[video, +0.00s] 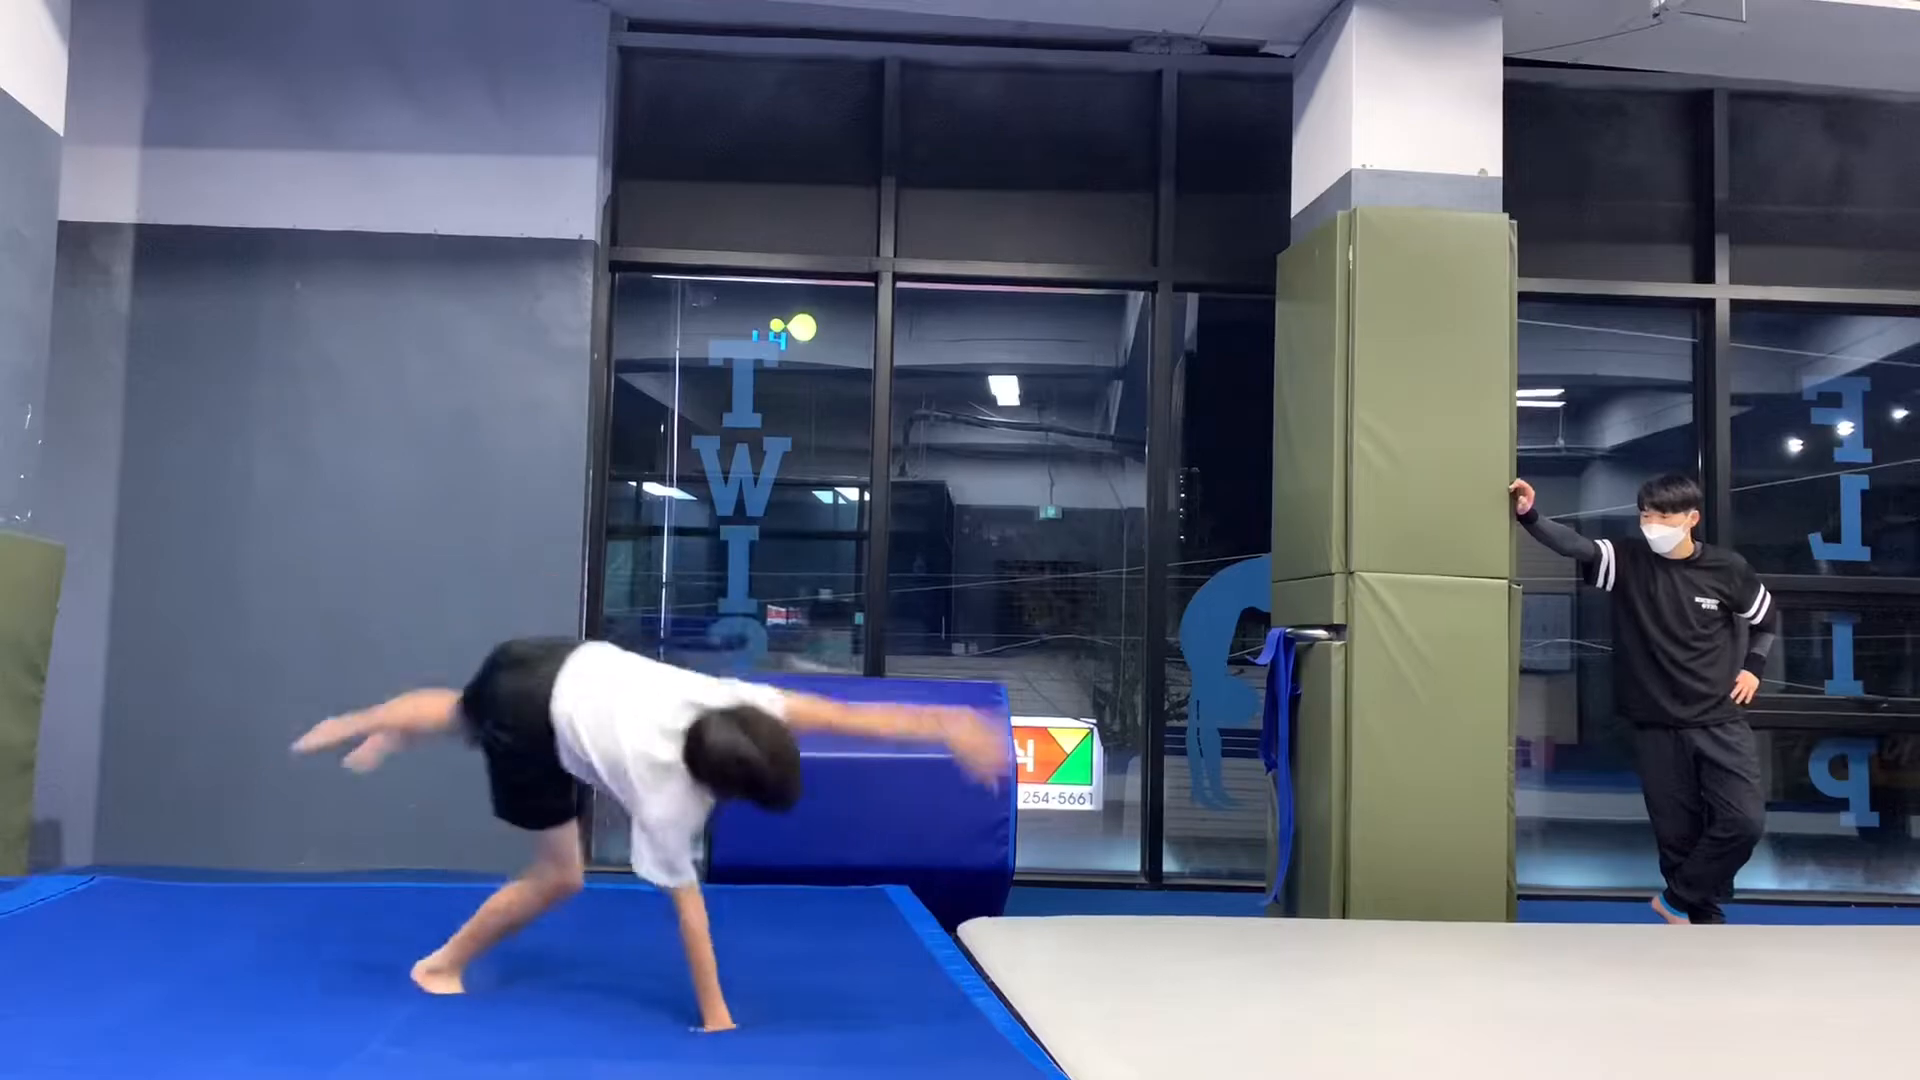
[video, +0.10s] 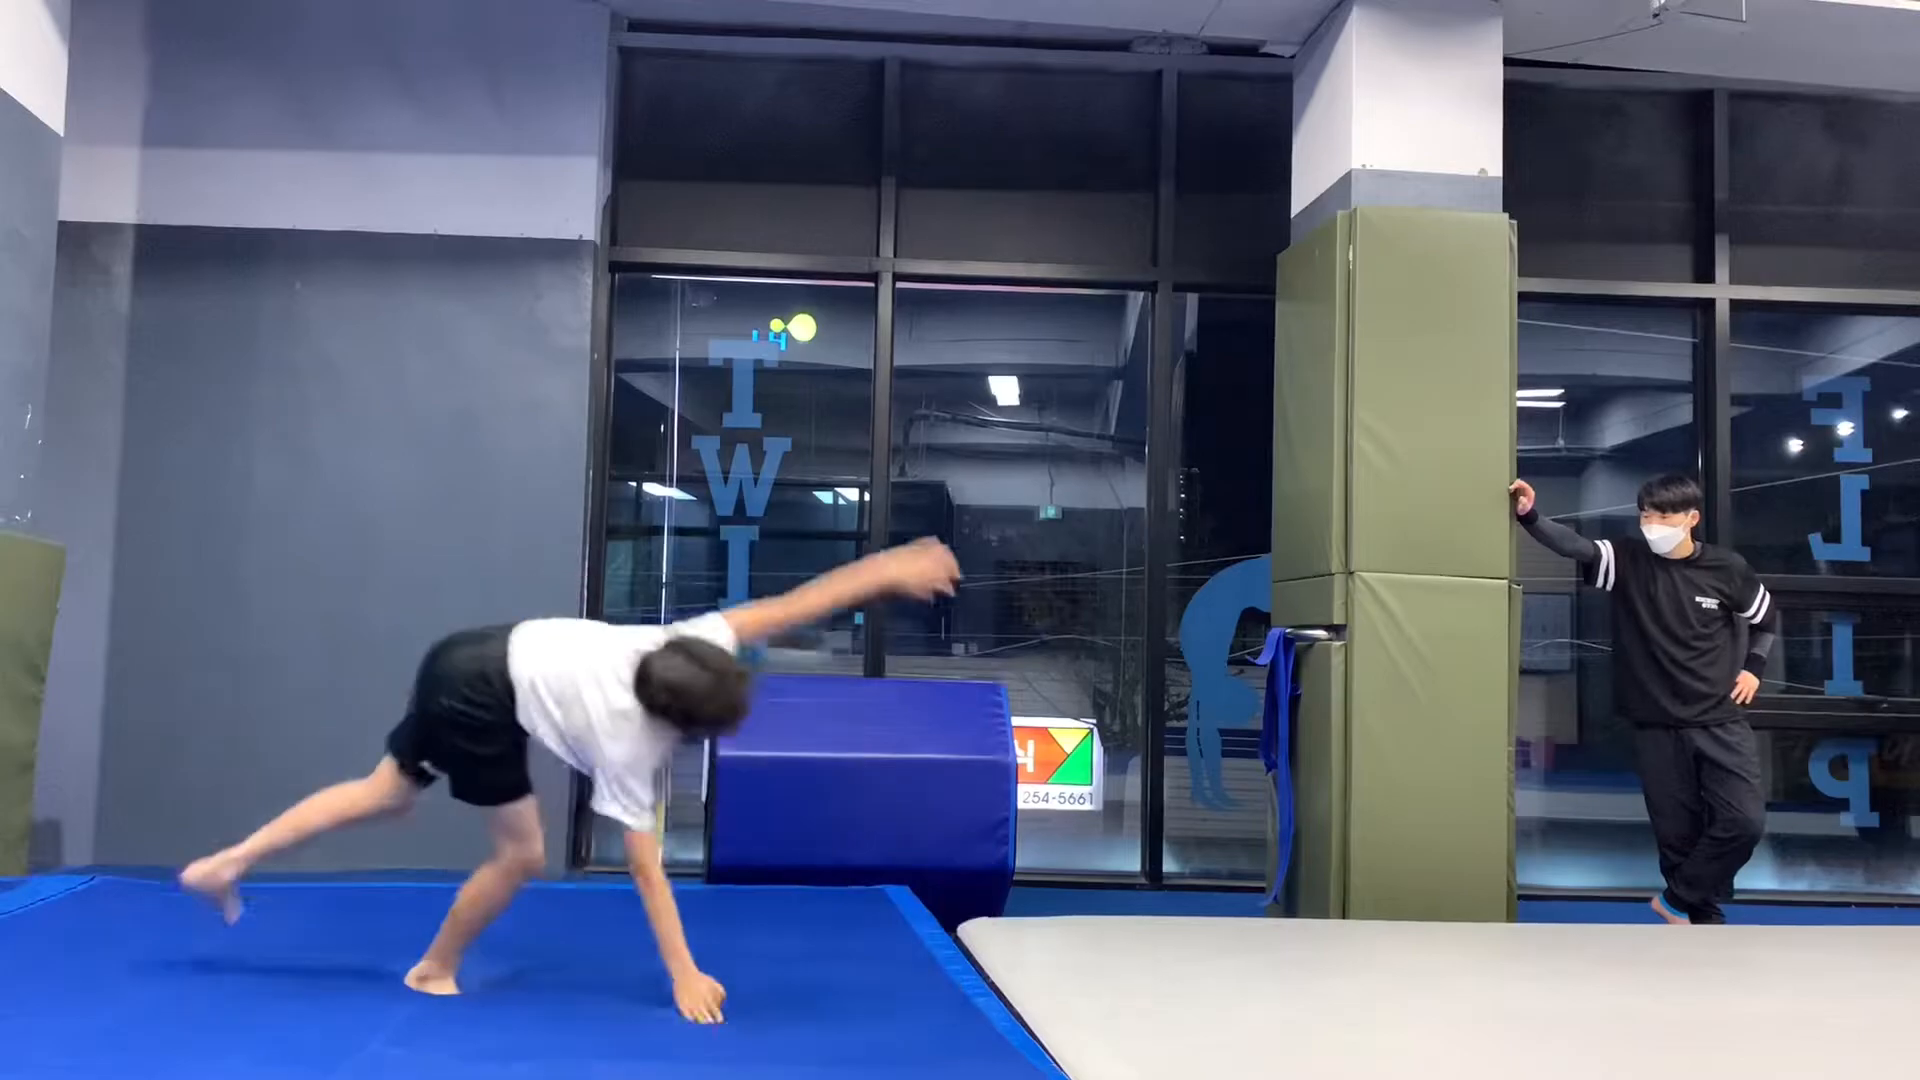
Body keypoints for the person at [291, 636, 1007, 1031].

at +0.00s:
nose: (781, 771)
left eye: (781, 758)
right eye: (769, 782)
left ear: (762, 734)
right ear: (733, 785)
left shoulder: (747, 704)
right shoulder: (670, 796)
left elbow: (842, 718)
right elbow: (690, 908)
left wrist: (948, 731)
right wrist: (713, 1009)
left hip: (555, 659)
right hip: (523, 718)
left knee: (463, 707)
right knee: (556, 875)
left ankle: (365, 724)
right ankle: (443, 965)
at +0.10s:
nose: (738, 710)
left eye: (738, 699)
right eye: (727, 715)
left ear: (711, 666)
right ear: (692, 721)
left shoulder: (695, 638)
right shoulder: (632, 743)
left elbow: (792, 608)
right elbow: (648, 867)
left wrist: (888, 568)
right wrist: (685, 974)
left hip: (470, 652)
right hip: (480, 699)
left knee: (382, 795)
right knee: (520, 859)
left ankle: (226, 863)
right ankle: (434, 969)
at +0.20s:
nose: (699, 645)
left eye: (698, 633)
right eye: (694, 642)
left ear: (661, 597)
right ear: (666, 644)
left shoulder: (647, 582)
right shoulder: (609, 677)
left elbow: (728, 524)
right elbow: (589, 807)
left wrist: (799, 459)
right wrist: (622, 925)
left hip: (400, 649)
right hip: (440, 681)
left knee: (341, 809)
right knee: (485, 831)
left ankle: (209, 926)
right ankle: (425, 967)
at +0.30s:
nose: (659, 595)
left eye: (666, 586)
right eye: (662, 584)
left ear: (624, 542)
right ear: (640, 574)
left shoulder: (580, 536)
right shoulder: (591, 619)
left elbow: (622, 491)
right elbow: (553, 739)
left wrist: (670, 445)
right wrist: (543, 872)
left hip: (360, 643)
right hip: (419, 669)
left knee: (306, 817)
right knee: (462, 826)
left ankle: (210, 964)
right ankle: (419, 965)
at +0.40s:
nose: (616, 546)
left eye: (624, 535)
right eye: (622, 533)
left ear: (568, 499)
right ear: (601, 522)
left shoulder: (511, 509)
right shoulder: (560, 588)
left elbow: (478, 486)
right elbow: (506, 711)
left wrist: (538, 496)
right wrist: (491, 824)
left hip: (354, 630)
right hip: (423, 656)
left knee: (287, 820)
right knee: (451, 827)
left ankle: (200, 983)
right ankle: (416, 966)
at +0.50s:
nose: (565, 500)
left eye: (570, 488)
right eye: (563, 485)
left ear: (505, 474)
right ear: (535, 476)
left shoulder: (437, 493)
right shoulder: (522, 556)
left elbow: (340, 532)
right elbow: (491, 674)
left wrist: (369, 595)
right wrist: (483, 776)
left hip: (345, 633)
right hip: (423, 649)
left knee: (280, 830)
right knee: (447, 817)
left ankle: (197, 995)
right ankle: (416, 964)